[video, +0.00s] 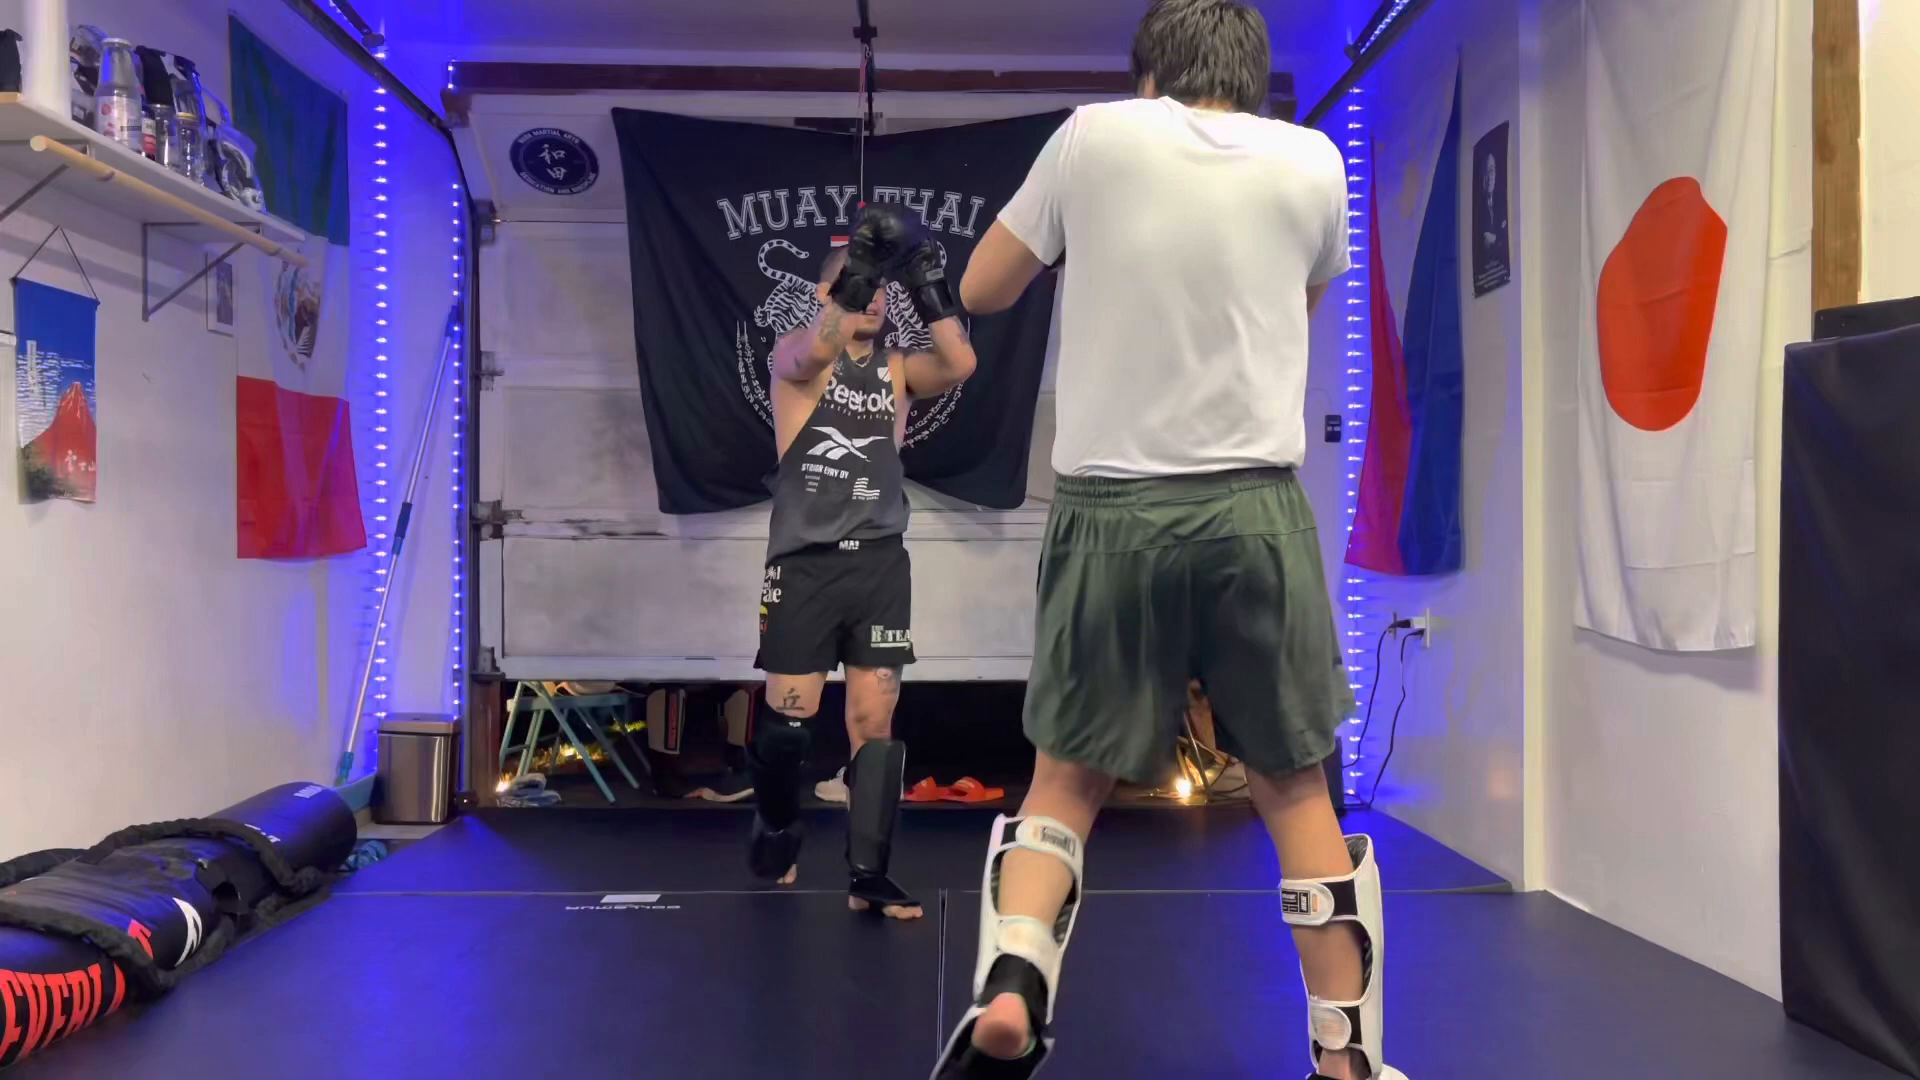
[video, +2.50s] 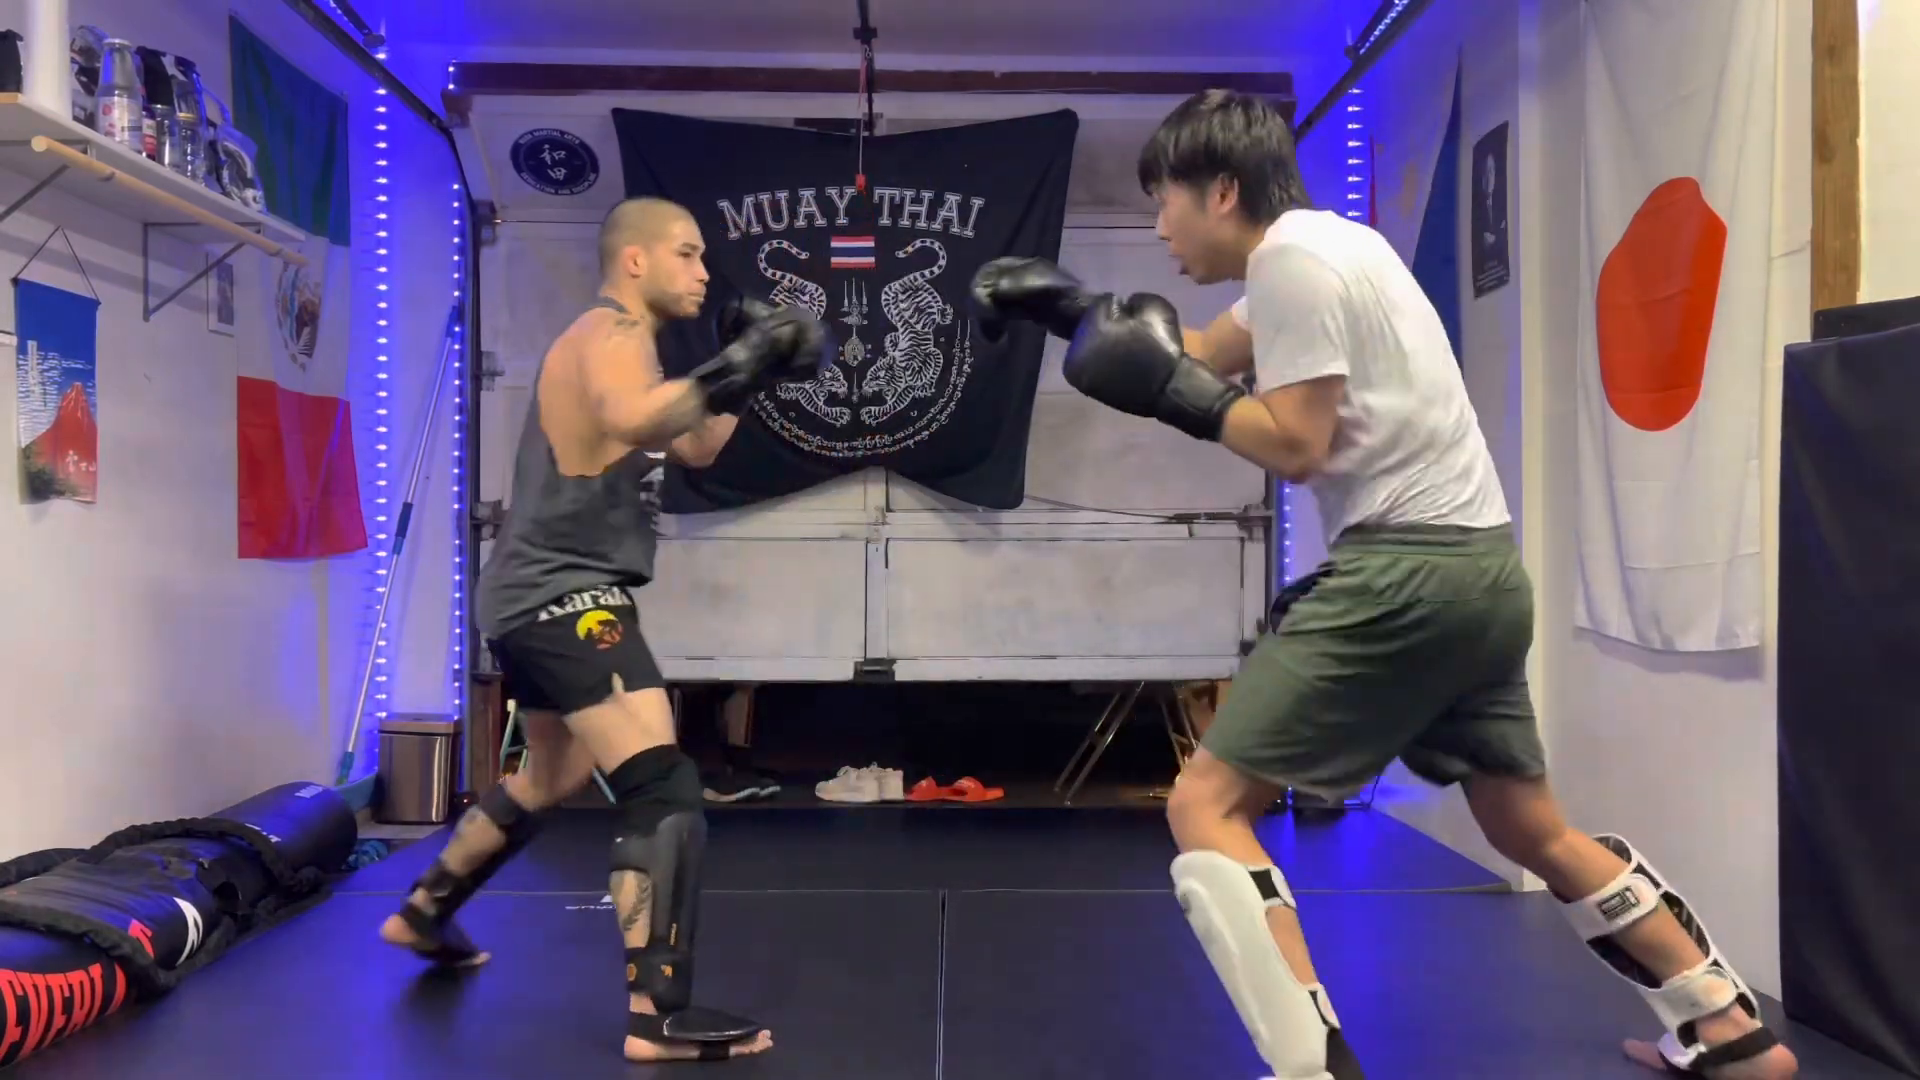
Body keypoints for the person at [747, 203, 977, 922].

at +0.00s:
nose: (872, 300)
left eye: (879, 290)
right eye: (857, 288)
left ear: (885, 299)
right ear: (823, 292)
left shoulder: (897, 367)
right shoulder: (793, 356)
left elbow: (959, 364)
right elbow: (814, 354)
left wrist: (929, 288)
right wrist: (853, 285)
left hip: (880, 561)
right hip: (803, 562)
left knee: (875, 715)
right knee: (790, 719)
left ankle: (869, 876)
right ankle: (777, 830)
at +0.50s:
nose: (896, 285)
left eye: (900, 273)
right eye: (887, 272)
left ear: (878, 280)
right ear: (847, 273)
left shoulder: (887, 359)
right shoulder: (822, 333)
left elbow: (969, 388)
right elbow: (876, 306)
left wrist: (967, 305)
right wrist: (904, 227)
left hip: (883, 556)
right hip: (834, 556)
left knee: (884, 724)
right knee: (856, 732)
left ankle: (864, 882)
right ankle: (824, 928)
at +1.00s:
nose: (903, 269)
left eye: (905, 256)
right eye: (889, 253)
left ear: (872, 263)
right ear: (839, 257)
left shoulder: (869, 342)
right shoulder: (808, 329)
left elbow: (929, 431)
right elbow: (832, 425)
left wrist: (959, 363)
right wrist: (894, 344)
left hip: (851, 559)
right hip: (833, 560)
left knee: (839, 748)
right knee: (924, 722)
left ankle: (775, 903)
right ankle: (875, 928)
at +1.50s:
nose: (902, 283)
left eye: (902, 268)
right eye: (890, 266)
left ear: (850, 270)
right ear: (842, 268)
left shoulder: (851, 354)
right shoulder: (794, 340)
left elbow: (927, 445)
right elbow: (777, 445)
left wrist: (959, 357)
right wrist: (873, 414)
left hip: (832, 578)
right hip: (814, 581)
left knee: (827, 757)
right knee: (900, 760)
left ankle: (745, 884)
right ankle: (874, 979)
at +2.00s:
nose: (814, 275)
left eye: (816, 263)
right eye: (800, 261)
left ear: (803, 274)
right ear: (749, 269)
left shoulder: (782, 352)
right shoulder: (715, 343)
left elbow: (847, 435)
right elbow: (705, 440)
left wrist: (887, 363)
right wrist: (775, 352)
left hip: (741, 576)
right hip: (710, 576)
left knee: (754, 751)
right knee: (795, 747)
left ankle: (696, 881)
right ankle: (706, 943)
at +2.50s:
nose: (703, 271)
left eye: (702, 257)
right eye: (688, 255)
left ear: (634, 269)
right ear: (634, 260)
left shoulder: (628, 351)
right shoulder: (607, 336)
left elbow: (699, 447)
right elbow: (634, 418)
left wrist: (748, 370)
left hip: (539, 596)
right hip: (565, 595)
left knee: (550, 776)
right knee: (662, 789)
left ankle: (424, 913)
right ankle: (658, 1014)